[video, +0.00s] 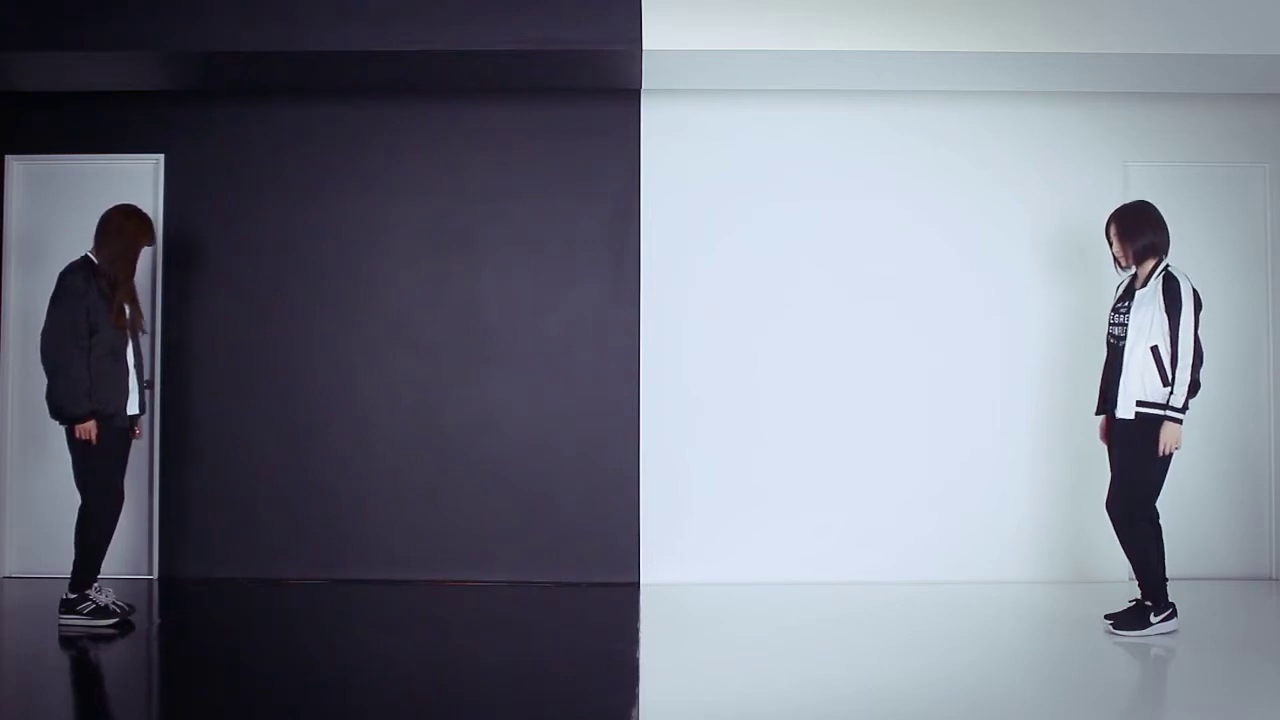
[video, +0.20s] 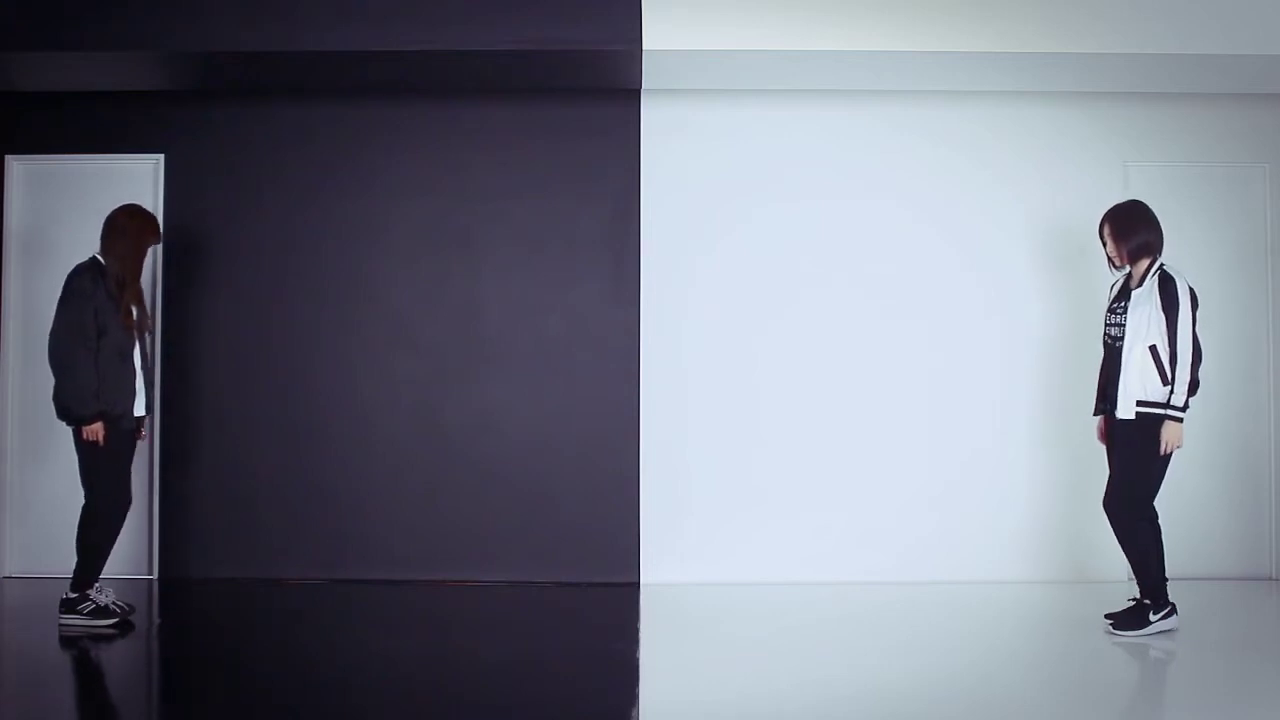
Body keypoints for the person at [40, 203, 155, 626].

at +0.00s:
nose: (138, 257)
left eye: (141, 249)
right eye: (137, 247)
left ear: (113, 238)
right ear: (121, 241)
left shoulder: (116, 283)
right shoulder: (78, 279)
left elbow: (122, 355)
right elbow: (60, 349)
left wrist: (132, 412)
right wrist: (79, 411)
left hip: (115, 415)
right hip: (89, 417)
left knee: (109, 499)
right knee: (100, 500)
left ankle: (86, 589)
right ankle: (78, 596)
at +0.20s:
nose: (146, 256)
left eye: (148, 248)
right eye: (144, 247)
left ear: (121, 239)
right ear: (127, 242)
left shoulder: (127, 285)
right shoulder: (86, 279)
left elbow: (132, 357)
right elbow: (68, 349)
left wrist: (139, 412)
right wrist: (86, 412)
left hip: (121, 416)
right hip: (95, 417)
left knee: (115, 500)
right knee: (106, 500)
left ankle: (87, 589)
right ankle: (79, 595)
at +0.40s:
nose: (156, 256)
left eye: (157, 247)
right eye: (153, 247)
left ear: (129, 240)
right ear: (136, 242)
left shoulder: (132, 285)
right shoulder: (96, 279)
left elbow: (135, 358)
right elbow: (80, 350)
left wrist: (145, 414)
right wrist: (98, 413)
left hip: (128, 414)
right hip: (111, 415)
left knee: (104, 503)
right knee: (156, 489)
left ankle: (87, 592)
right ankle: (107, 576)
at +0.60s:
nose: (173, 255)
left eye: (175, 246)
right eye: (169, 245)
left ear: (152, 244)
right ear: (149, 242)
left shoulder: (155, 285)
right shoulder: (113, 280)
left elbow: (164, 355)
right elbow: (94, 350)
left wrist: (176, 411)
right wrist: (112, 414)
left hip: (148, 418)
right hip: (133, 419)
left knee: (107, 511)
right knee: (182, 487)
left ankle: (86, 593)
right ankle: (195, 576)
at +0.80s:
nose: (197, 261)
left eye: (198, 253)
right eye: (193, 252)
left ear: (171, 249)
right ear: (174, 249)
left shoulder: (170, 291)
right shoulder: (141, 289)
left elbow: (166, 362)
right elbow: (124, 359)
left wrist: (176, 421)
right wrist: (137, 423)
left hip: (162, 423)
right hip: (150, 425)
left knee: (118, 513)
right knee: (190, 505)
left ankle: (86, 594)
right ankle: (237, 584)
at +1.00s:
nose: (233, 260)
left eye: (234, 251)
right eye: (229, 251)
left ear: (204, 248)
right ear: (210, 249)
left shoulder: (209, 290)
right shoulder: (179, 290)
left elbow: (213, 359)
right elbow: (166, 359)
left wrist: (225, 418)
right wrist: (180, 422)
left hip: (213, 421)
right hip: (192, 423)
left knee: (154, 503)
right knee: (226, 506)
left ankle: (100, 582)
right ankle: (251, 590)